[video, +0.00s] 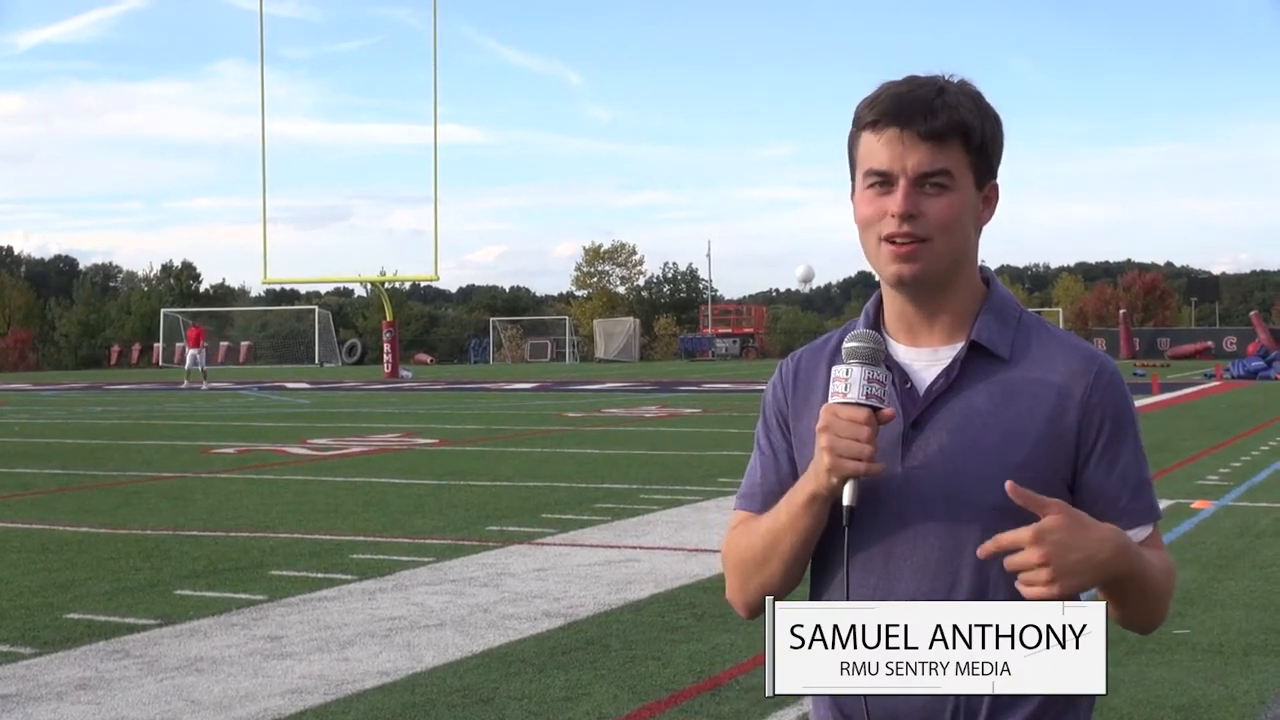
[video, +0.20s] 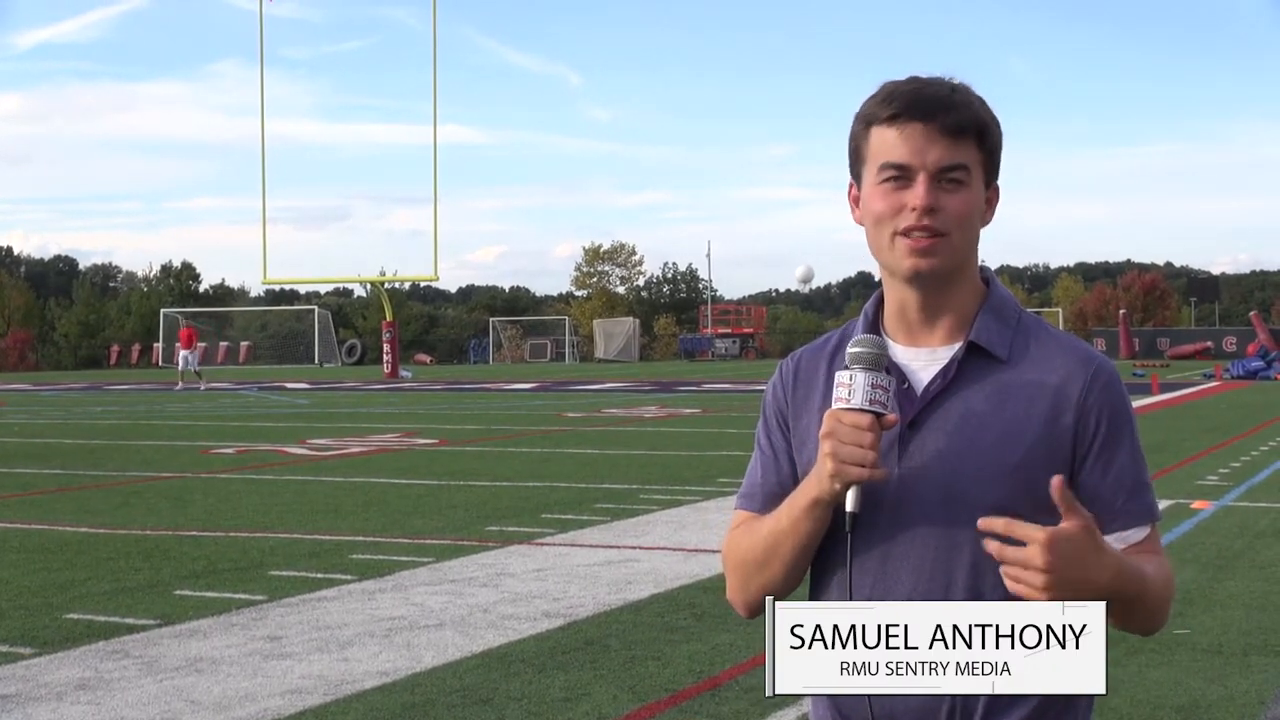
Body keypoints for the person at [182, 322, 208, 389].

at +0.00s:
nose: (193, 323)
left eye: (194, 321)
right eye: (192, 321)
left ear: (197, 322)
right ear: (190, 322)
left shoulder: (200, 330)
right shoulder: (188, 331)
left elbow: (202, 339)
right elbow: (187, 340)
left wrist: (201, 347)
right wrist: (187, 348)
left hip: (199, 349)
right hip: (191, 349)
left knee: (202, 367)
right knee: (187, 367)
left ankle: (205, 383)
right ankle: (186, 382)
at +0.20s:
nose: (184, 323)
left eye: (186, 321)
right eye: (183, 321)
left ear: (188, 322)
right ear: (182, 322)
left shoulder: (192, 330)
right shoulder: (181, 331)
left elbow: (195, 341)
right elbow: (181, 341)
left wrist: (192, 349)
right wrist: (181, 349)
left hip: (191, 351)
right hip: (183, 351)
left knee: (194, 369)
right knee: (181, 368)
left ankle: (202, 383)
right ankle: (181, 383)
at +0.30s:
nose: (181, 322)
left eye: (182, 321)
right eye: (180, 321)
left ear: (184, 322)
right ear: (178, 322)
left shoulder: (188, 330)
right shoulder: (176, 331)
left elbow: (192, 341)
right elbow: (176, 342)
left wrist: (192, 351)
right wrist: (175, 352)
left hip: (186, 350)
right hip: (178, 350)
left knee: (187, 368)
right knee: (179, 368)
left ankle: (196, 380)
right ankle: (180, 384)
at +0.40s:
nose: (178, 322)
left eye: (179, 320)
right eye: (177, 321)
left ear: (182, 321)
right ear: (175, 321)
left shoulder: (185, 329)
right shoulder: (173, 330)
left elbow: (190, 340)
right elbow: (172, 341)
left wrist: (191, 350)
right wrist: (170, 350)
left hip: (184, 349)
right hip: (176, 349)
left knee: (182, 367)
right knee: (178, 368)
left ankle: (189, 381)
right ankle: (180, 384)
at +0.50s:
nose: (175, 323)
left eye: (177, 321)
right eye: (174, 321)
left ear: (179, 322)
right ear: (172, 322)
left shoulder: (183, 330)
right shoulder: (170, 330)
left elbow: (187, 340)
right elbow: (166, 342)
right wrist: (164, 350)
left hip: (181, 349)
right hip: (174, 349)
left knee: (176, 366)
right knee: (176, 367)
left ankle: (179, 384)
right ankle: (179, 384)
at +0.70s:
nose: (170, 324)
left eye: (172, 322)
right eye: (169, 322)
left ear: (175, 323)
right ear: (168, 323)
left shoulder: (177, 331)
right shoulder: (165, 331)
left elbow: (183, 340)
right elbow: (161, 340)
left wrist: (182, 345)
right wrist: (159, 345)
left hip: (175, 350)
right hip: (168, 350)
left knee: (169, 367)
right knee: (173, 368)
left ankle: (169, 383)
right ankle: (178, 383)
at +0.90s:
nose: (164, 324)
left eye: (166, 322)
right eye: (163, 322)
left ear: (168, 323)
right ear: (162, 323)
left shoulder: (172, 331)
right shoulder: (158, 331)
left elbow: (176, 343)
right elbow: (155, 343)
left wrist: (176, 355)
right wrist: (153, 354)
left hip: (168, 350)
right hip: (160, 350)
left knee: (165, 369)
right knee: (159, 370)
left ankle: (166, 385)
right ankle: (169, 382)